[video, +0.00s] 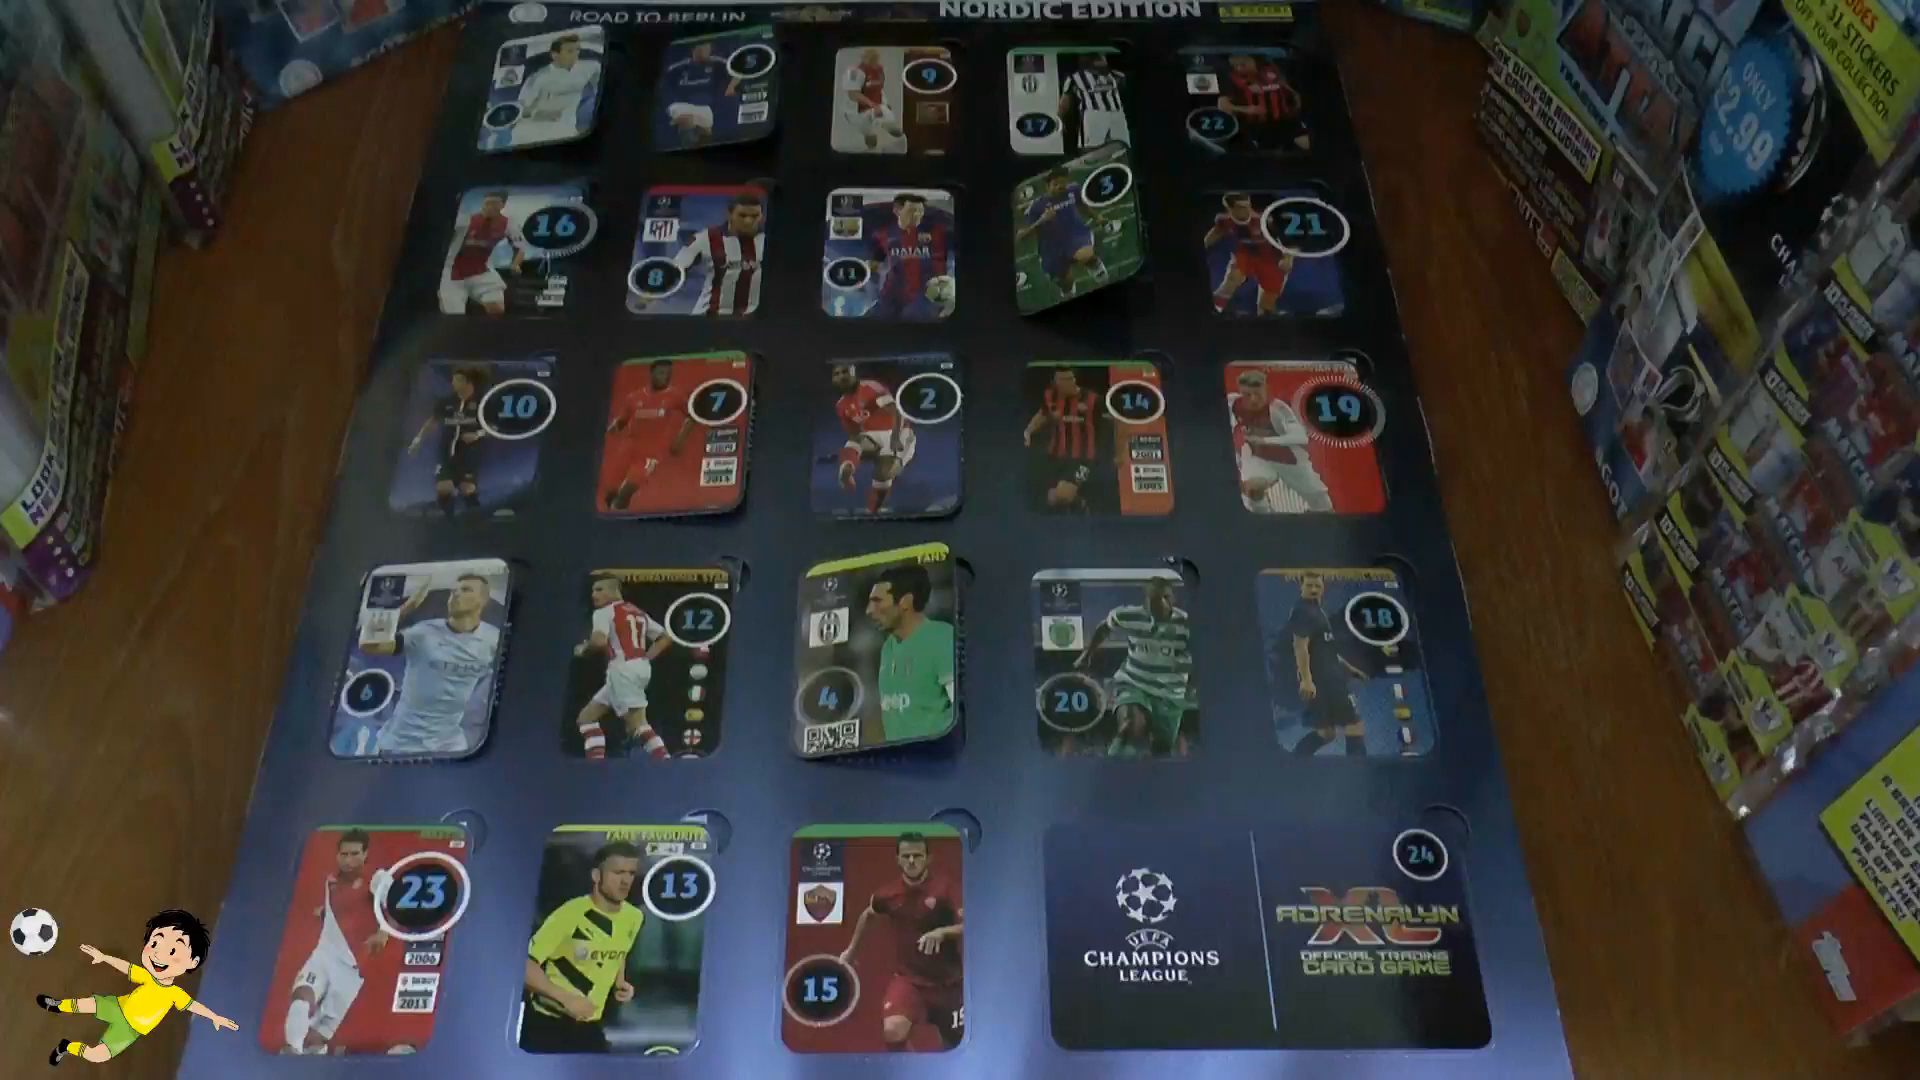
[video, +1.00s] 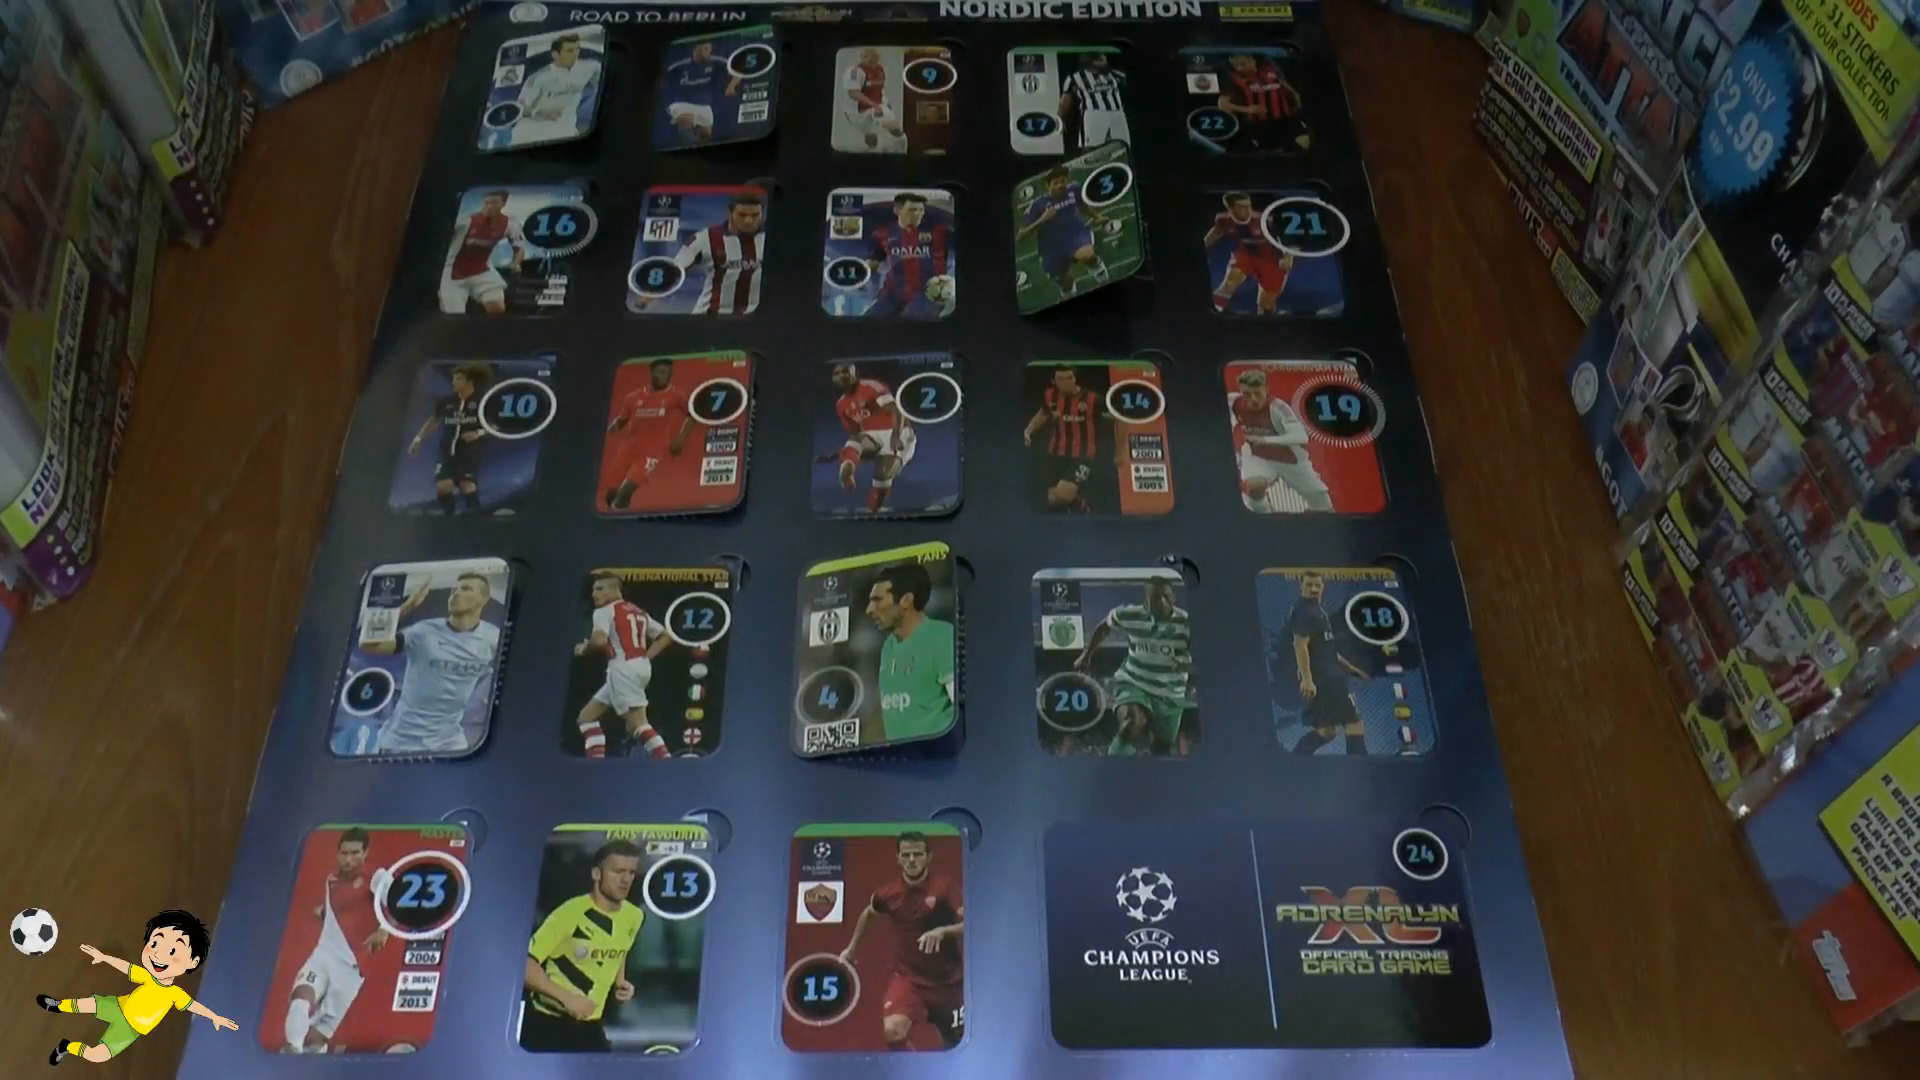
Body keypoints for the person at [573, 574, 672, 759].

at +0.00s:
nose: (593, 594)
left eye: (599, 590)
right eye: (593, 590)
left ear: (614, 592)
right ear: (618, 595)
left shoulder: (604, 611)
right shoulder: (637, 612)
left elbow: (599, 641)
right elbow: (665, 637)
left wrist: (585, 648)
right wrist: (646, 658)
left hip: (622, 669)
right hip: (643, 668)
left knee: (637, 724)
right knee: (587, 717)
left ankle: (665, 766)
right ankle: (597, 768)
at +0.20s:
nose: (594, 594)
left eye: (599, 589)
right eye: (593, 590)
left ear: (615, 592)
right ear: (619, 594)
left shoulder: (604, 611)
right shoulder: (637, 612)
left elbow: (599, 641)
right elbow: (665, 637)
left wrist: (585, 647)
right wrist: (646, 657)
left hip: (622, 669)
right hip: (643, 667)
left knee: (637, 724)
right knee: (587, 717)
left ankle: (665, 765)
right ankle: (597, 767)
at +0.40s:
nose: (594, 594)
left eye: (600, 589)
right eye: (594, 590)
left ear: (615, 591)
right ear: (619, 594)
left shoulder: (604, 611)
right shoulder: (637, 612)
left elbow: (600, 641)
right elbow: (665, 637)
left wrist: (586, 648)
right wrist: (646, 656)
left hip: (623, 668)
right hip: (643, 667)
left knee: (637, 724)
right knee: (587, 716)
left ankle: (666, 764)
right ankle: (598, 767)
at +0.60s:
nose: (594, 594)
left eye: (600, 589)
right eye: (594, 589)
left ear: (615, 591)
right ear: (619, 593)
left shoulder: (604, 611)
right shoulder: (637, 611)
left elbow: (600, 640)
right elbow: (665, 637)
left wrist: (585, 648)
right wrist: (646, 657)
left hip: (623, 669)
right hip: (644, 667)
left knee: (637, 724)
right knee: (587, 716)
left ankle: (666, 765)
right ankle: (598, 767)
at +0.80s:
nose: (594, 594)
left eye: (600, 589)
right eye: (594, 589)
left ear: (615, 591)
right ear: (618, 593)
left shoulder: (604, 611)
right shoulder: (637, 611)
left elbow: (600, 641)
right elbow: (665, 637)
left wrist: (585, 648)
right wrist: (645, 658)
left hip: (623, 669)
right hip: (643, 667)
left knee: (638, 724)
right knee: (587, 717)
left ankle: (667, 766)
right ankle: (597, 768)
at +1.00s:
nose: (594, 593)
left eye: (599, 589)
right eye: (594, 589)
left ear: (614, 591)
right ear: (618, 593)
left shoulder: (604, 611)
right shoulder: (637, 611)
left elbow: (599, 640)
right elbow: (665, 636)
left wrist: (585, 649)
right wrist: (645, 657)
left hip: (623, 669)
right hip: (643, 666)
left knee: (637, 724)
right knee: (587, 717)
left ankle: (666, 766)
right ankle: (597, 767)